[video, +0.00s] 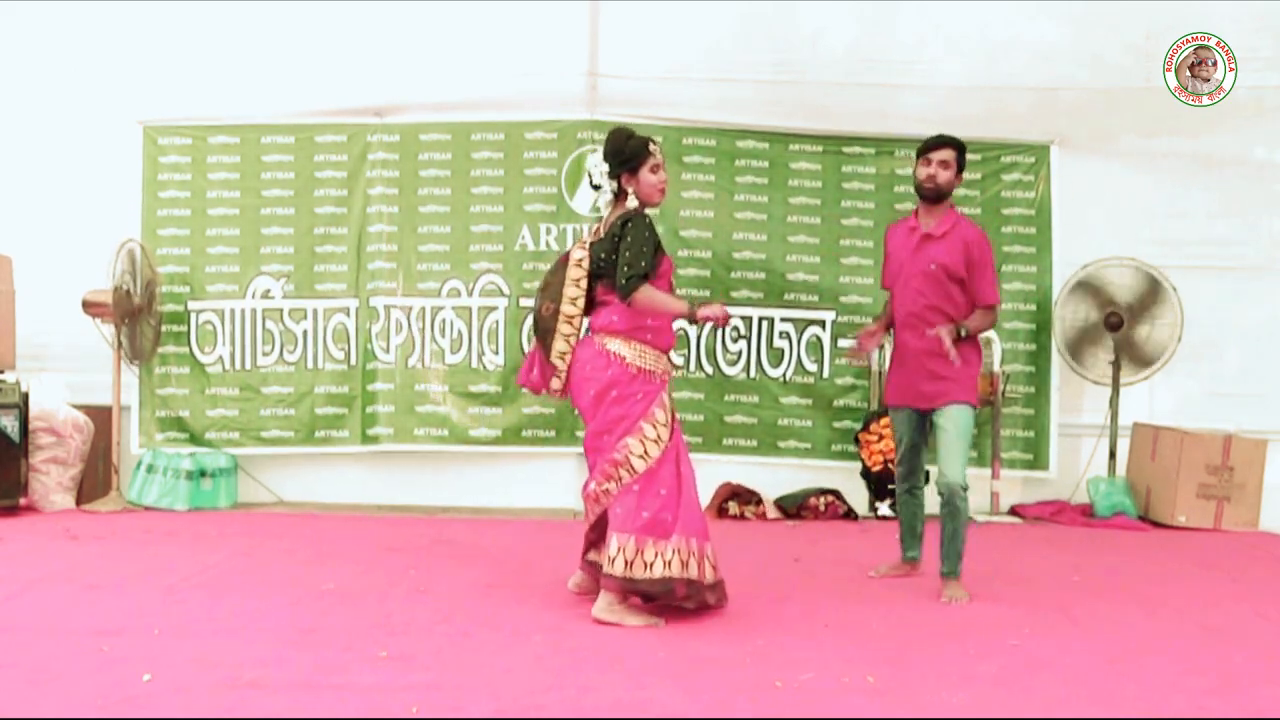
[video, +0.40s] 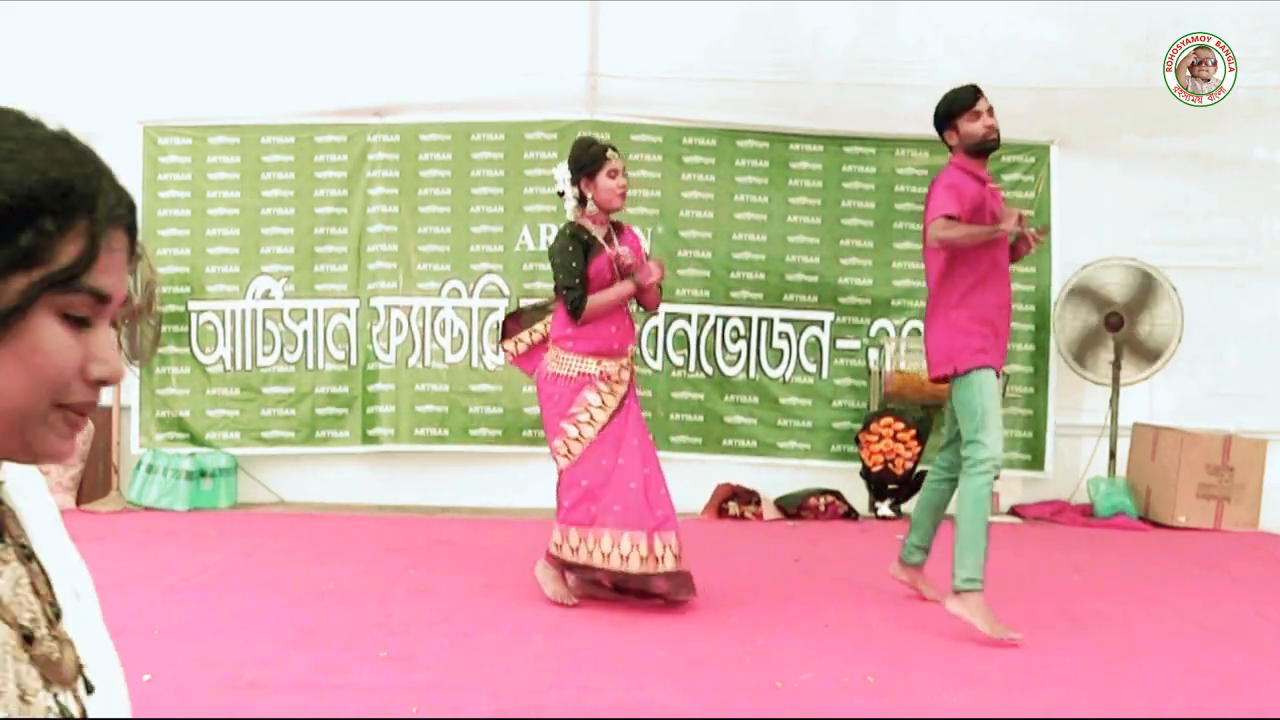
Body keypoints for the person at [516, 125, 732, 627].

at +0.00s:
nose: (663, 178)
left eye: (663, 167)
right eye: (653, 170)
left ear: (634, 177)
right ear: (627, 180)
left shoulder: (613, 225)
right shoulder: (635, 225)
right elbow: (634, 289)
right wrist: (693, 310)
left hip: (602, 361)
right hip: (623, 365)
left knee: (617, 466)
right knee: (644, 471)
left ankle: (593, 567)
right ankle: (614, 596)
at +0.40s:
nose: (623, 184)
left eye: (624, 175)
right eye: (612, 176)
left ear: (618, 181)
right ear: (585, 184)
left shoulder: (626, 237)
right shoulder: (570, 241)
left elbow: (650, 303)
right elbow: (577, 308)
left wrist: (647, 279)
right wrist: (632, 283)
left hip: (615, 368)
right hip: (572, 370)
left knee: (635, 461)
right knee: (588, 466)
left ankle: (626, 563)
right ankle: (557, 561)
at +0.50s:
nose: (615, 186)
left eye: (617, 177)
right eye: (605, 178)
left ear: (617, 183)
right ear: (578, 186)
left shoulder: (627, 239)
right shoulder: (561, 240)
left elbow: (646, 305)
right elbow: (546, 312)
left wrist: (630, 294)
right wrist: (607, 312)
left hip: (613, 366)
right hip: (567, 367)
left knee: (619, 459)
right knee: (574, 462)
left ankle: (602, 563)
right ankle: (540, 544)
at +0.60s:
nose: (604, 192)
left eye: (607, 184)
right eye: (593, 184)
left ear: (611, 190)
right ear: (568, 193)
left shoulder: (618, 249)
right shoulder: (551, 249)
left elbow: (633, 309)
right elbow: (519, 303)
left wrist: (668, 301)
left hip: (608, 374)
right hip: (559, 374)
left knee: (620, 465)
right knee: (566, 467)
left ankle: (629, 569)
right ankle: (564, 565)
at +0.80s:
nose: (601, 185)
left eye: (604, 176)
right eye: (590, 177)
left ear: (609, 183)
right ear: (566, 186)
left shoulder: (613, 236)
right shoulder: (554, 238)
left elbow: (633, 290)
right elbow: (533, 294)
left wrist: (677, 264)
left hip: (611, 352)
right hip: (567, 349)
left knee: (618, 449)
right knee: (570, 449)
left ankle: (612, 559)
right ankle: (558, 557)